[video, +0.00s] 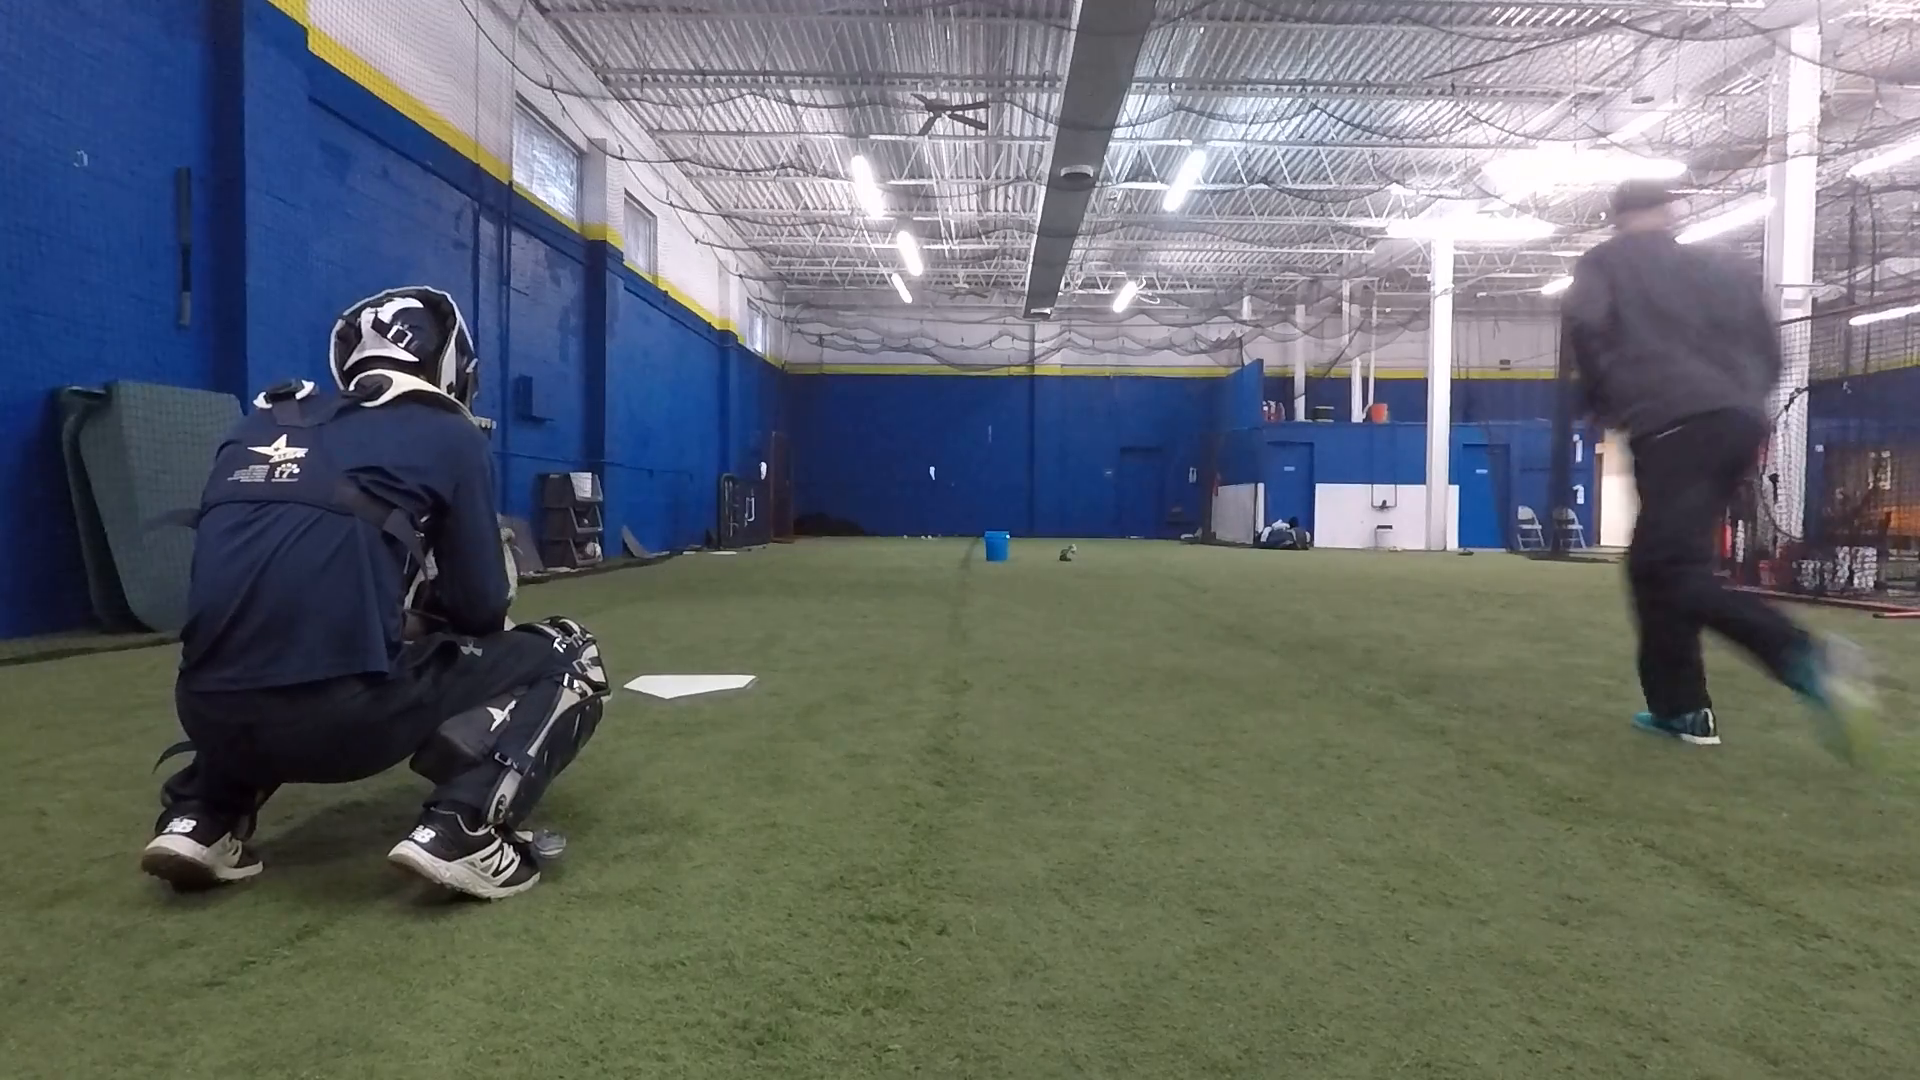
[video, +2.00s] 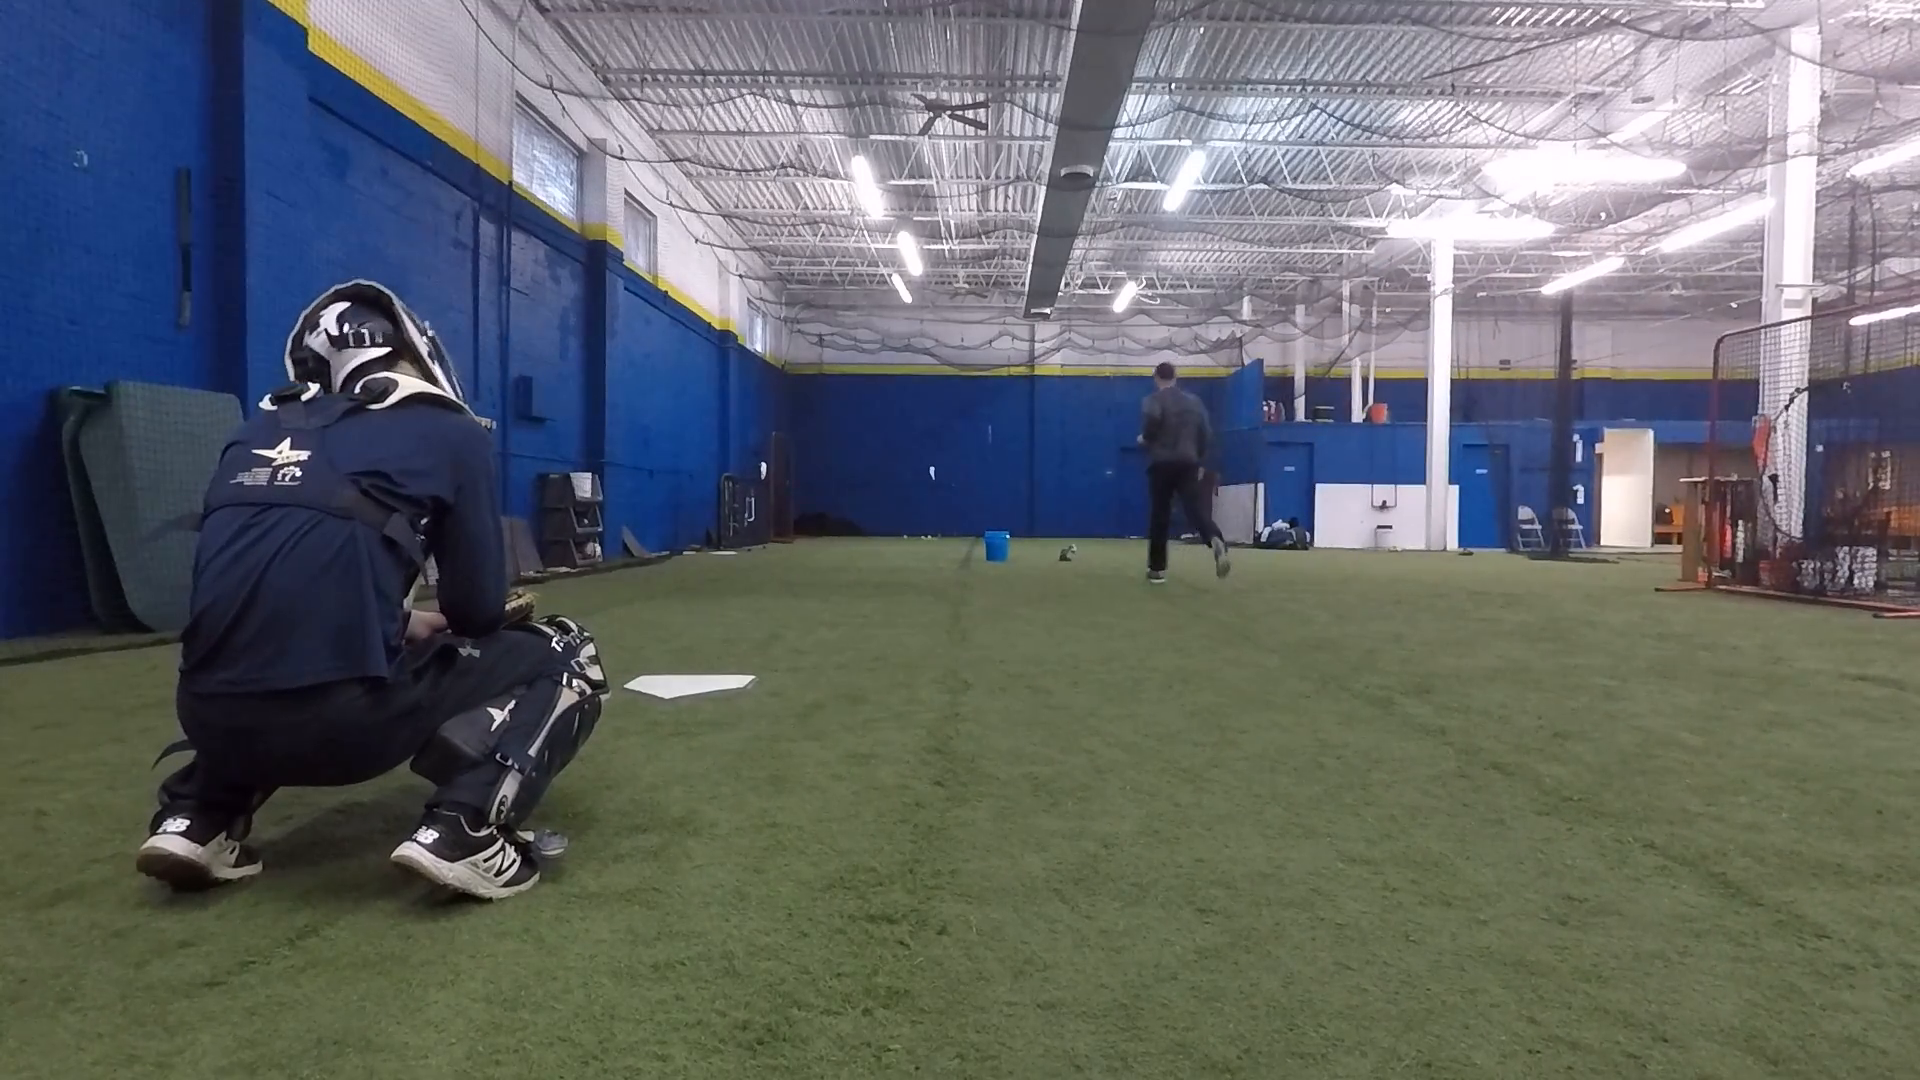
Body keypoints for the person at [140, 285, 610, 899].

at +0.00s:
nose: (466, 377)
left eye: (464, 362)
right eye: (462, 361)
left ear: (347, 361)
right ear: (448, 363)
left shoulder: (259, 423)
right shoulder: (450, 433)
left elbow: (238, 571)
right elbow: (482, 607)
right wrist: (418, 587)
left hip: (218, 717)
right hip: (348, 718)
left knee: (276, 616)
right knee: (571, 654)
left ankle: (202, 816)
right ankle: (462, 826)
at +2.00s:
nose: (435, 356)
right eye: (426, 346)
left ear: (306, 371)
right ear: (414, 353)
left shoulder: (255, 430)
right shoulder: (450, 430)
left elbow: (256, 588)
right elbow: (479, 610)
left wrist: (404, 623)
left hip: (219, 722)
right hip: (347, 724)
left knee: (277, 630)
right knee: (568, 654)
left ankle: (197, 817)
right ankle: (464, 827)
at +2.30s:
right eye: (420, 359)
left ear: (307, 377)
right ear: (404, 367)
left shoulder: (258, 429)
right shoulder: (451, 432)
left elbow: (259, 590)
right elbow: (473, 614)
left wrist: (411, 625)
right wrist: (501, 615)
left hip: (217, 722)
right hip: (344, 724)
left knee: (278, 627)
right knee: (565, 656)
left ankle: (197, 816)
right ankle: (465, 826)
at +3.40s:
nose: (463, 369)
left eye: (462, 352)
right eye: (455, 350)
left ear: (348, 353)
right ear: (426, 344)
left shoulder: (265, 428)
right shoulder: (449, 439)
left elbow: (263, 590)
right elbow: (469, 614)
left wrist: (404, 627)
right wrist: (498, 627)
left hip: (216, 721)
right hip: (342, 725)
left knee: (280, 633)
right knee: (565, 659)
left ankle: (195, 817)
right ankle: (465, 827)